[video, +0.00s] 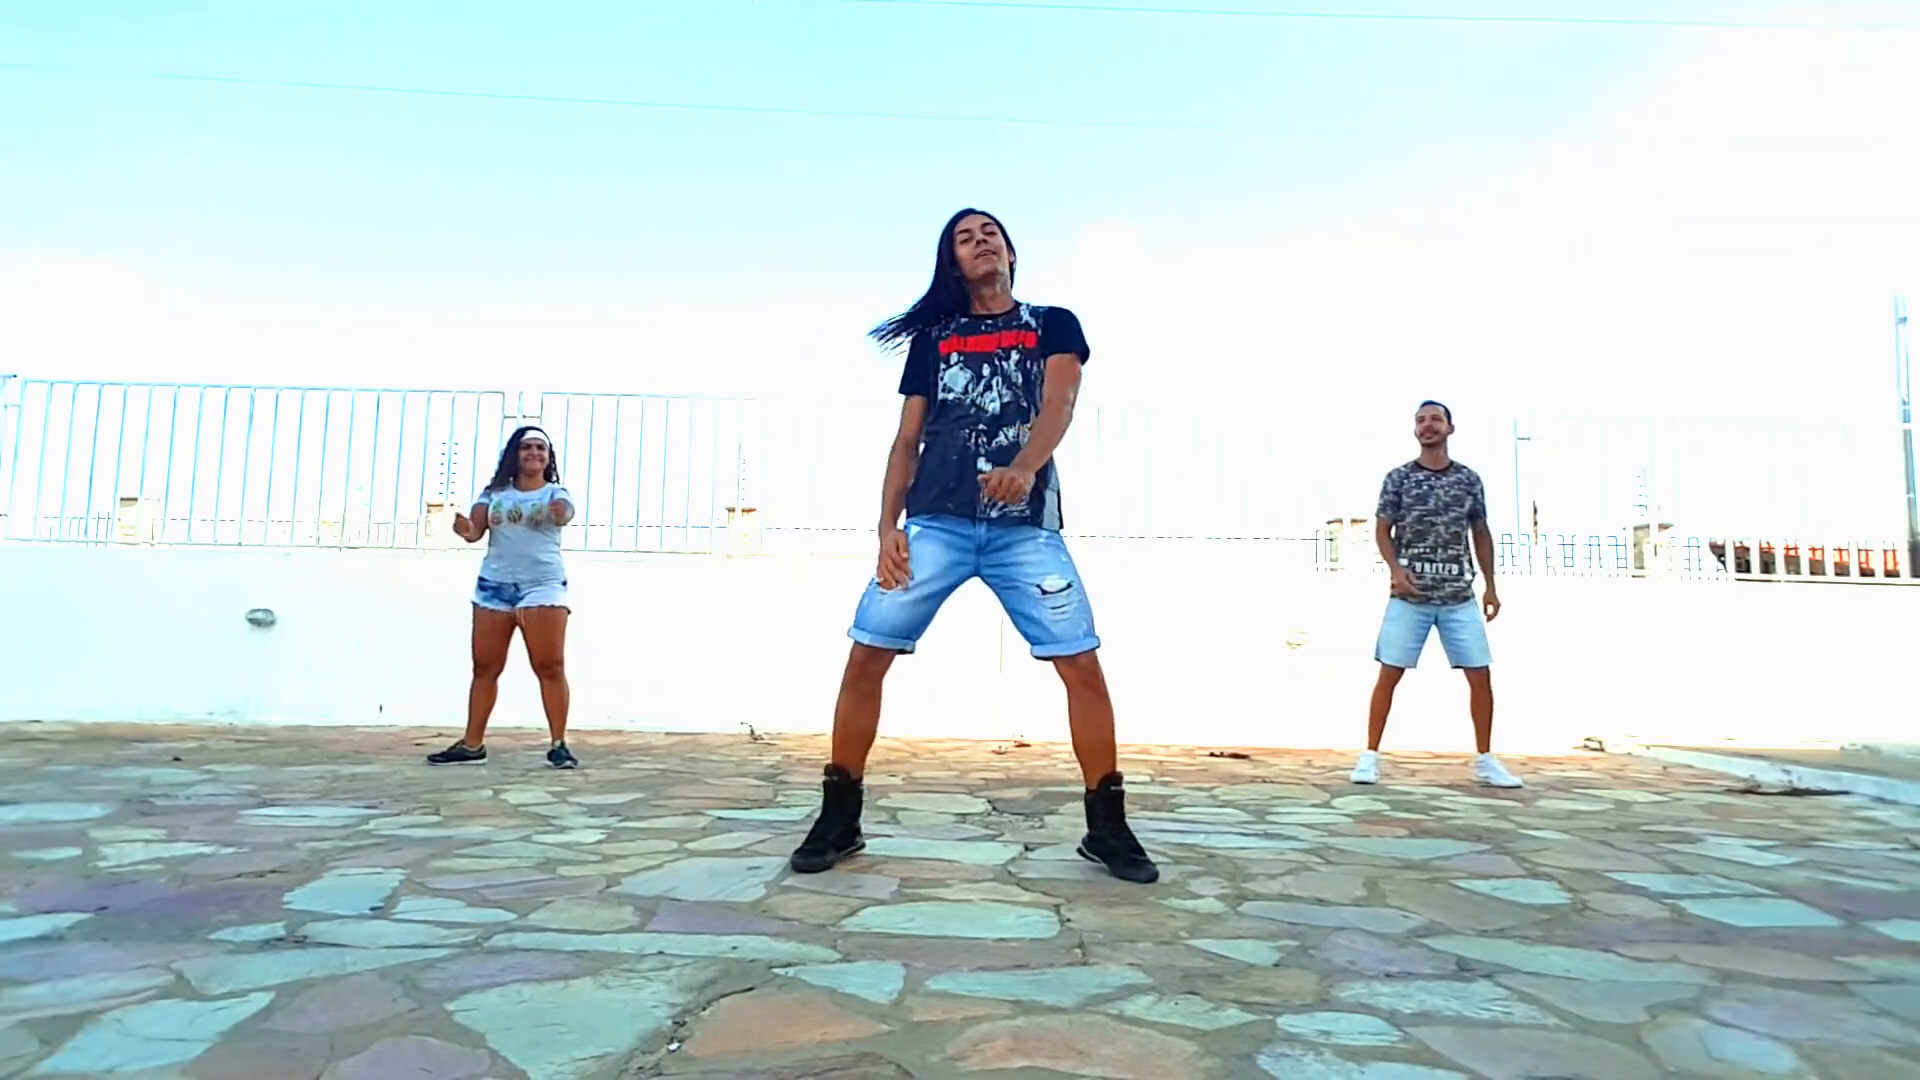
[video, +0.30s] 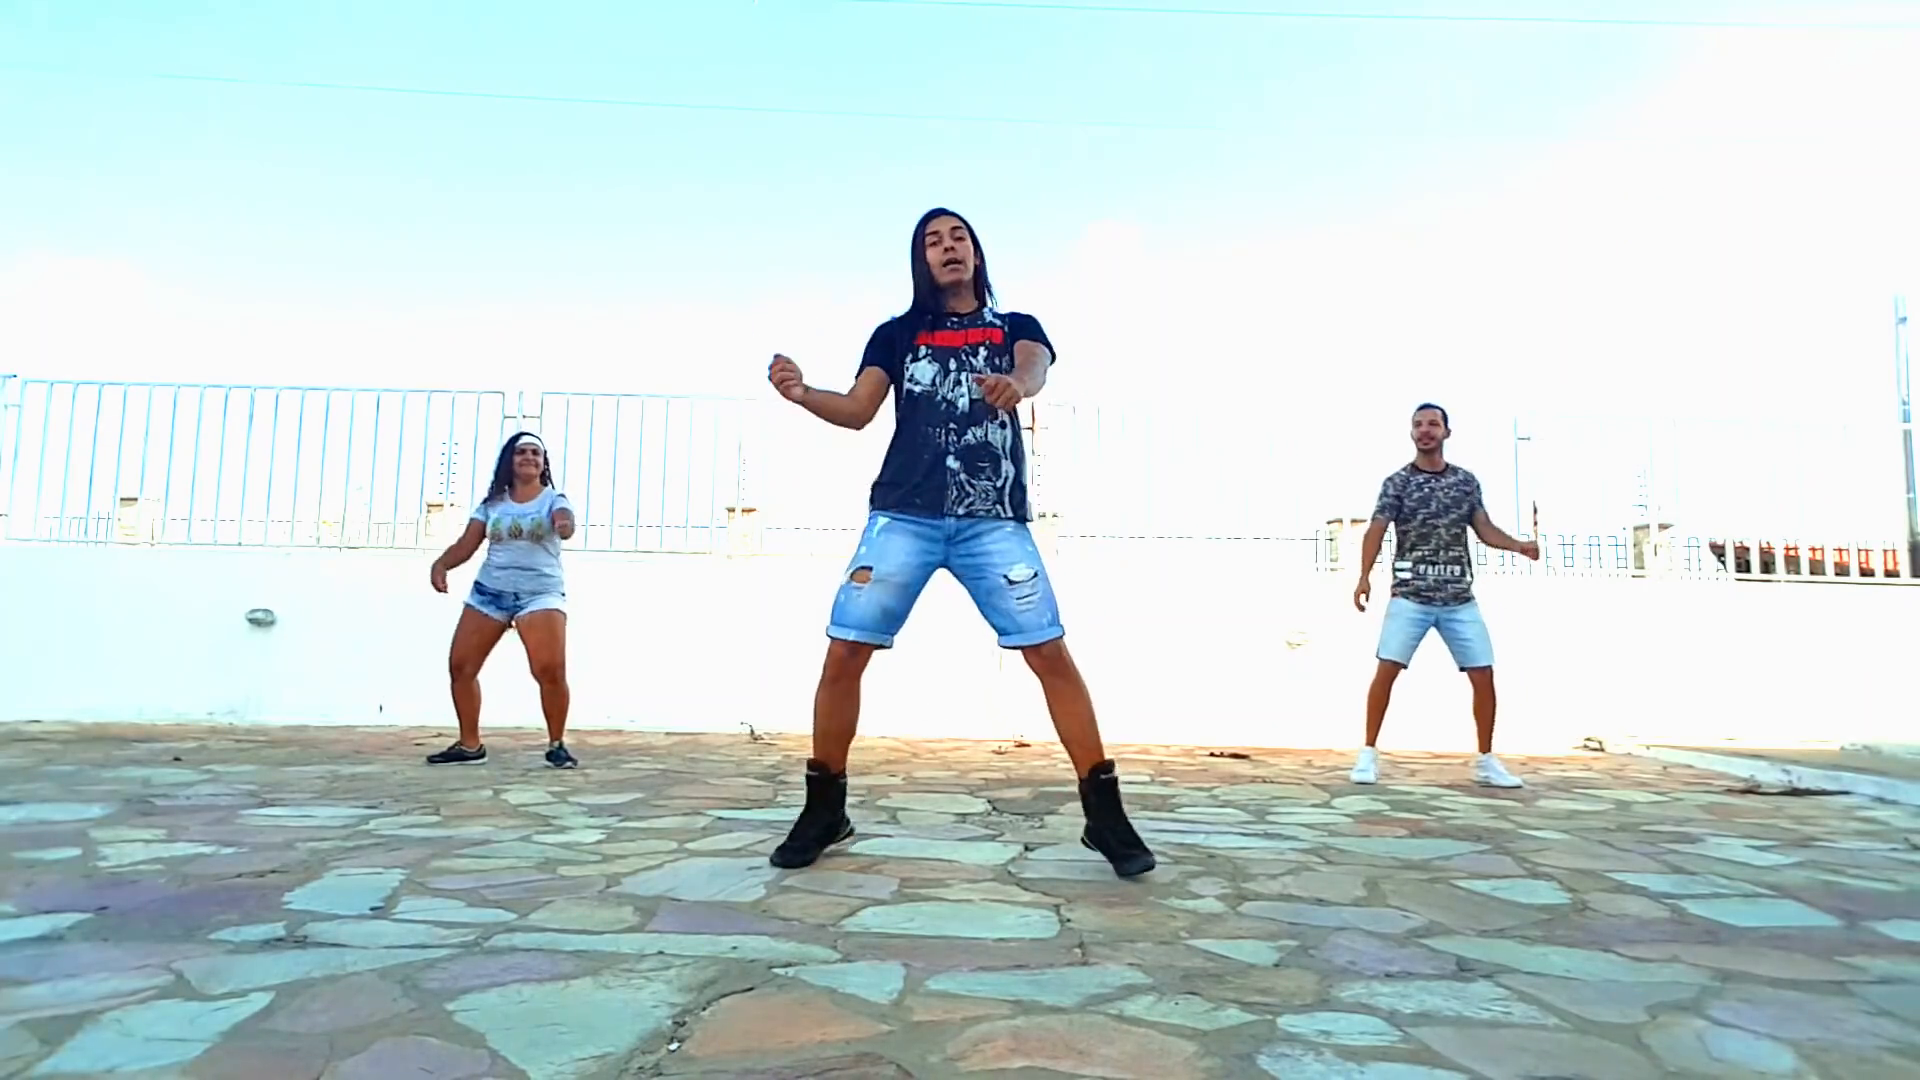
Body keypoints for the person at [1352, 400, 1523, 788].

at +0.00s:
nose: (1429, 424)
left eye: (1436, 419)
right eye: (1422, 419)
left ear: (1450, 428)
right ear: (1414, 430)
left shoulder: (1468, 480)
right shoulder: (1398, 479)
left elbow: (1481, 534)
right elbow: (1382, 532)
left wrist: (1490, 585)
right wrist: (1396, 571)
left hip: (1459, 598)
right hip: (1410, 596)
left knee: (1480, 674)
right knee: (1389, 673)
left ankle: (1485, 758)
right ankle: (1370, 755)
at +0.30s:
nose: (1425, 430)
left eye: (1433, 424)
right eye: (1419, 424)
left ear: (1446, 432)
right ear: (1411, 432)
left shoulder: (1465, 481)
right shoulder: (1397, 483)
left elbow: (1485, 529)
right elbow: (1376, 530)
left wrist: (1519, 545)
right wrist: (1364, 575)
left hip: (1458, 599)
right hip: (1410, 597)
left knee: (1483, 672)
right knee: (1387, 669)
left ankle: (1486, 758)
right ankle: (1368, 752)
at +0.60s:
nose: (1418, 454)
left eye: (1425, 448)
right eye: (1412, 446)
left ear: (1432, 453)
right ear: (1397, 448)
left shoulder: (1435, 488)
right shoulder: (1380, 503)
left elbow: (1457, 496)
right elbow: (1398, 538)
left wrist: (1471, 482)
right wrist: (1450, 541)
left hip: (1454, 609)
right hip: (1404, 612)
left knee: (1494, 678)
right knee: (1382, 678)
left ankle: (1503, 759)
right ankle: (1349, 753)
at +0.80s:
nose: (1371, 416)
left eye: (1378, 411)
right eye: (1365, 409)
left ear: (1384, 417)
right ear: (1353, 412)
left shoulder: (1391, 451)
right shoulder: (1337, 459)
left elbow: (1410, 454)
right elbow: (1353, 484)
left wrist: (1424, 438)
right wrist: (1377, 497)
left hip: (1401, 569)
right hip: (1357, 573)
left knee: (1435, 646)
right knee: (1344, 649)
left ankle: (1455, 732)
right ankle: (1324, 733)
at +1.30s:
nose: (1292, 415)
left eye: (1301, 410)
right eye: (1288, 408)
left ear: (1312, 419)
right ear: (1278, 415)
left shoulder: (1318, 456)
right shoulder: (1261, 457)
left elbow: (1337, 464)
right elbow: (1283, 485)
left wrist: (1347, 443)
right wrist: (1318, 498)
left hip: (1321, 573)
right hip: (1278, 574)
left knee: (1351, 650)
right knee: (1264, 653)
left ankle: (1371, 739)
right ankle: (1246, 744)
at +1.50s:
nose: (1272, 431)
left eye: (1280, 426)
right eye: (1267, 425)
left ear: (1292, 437)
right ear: (1259, 433)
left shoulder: (1300, 475)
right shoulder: (1245, 478)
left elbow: (1322, 482)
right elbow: (1263, 510)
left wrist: (1320, 454)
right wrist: (1325, 506)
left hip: (1301, 596)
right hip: (1255, 596)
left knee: (1332, 670)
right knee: (1235, 670)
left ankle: (1337, 754)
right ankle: (1214, 749)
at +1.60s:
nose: (1266, 440)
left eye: (1275, 436)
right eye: (1262, 435)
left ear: (1288, 447)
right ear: (1254, 445)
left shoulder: (1298, 489)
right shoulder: (1239, 493)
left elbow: (1330, 495)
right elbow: (1246, 534)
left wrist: (1329, 466)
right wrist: (1299, 523)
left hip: (1296, 607)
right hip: (1251, 608)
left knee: (1331, 677)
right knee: (1236, 678)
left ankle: (1334, 756)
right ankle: (1216, 752)